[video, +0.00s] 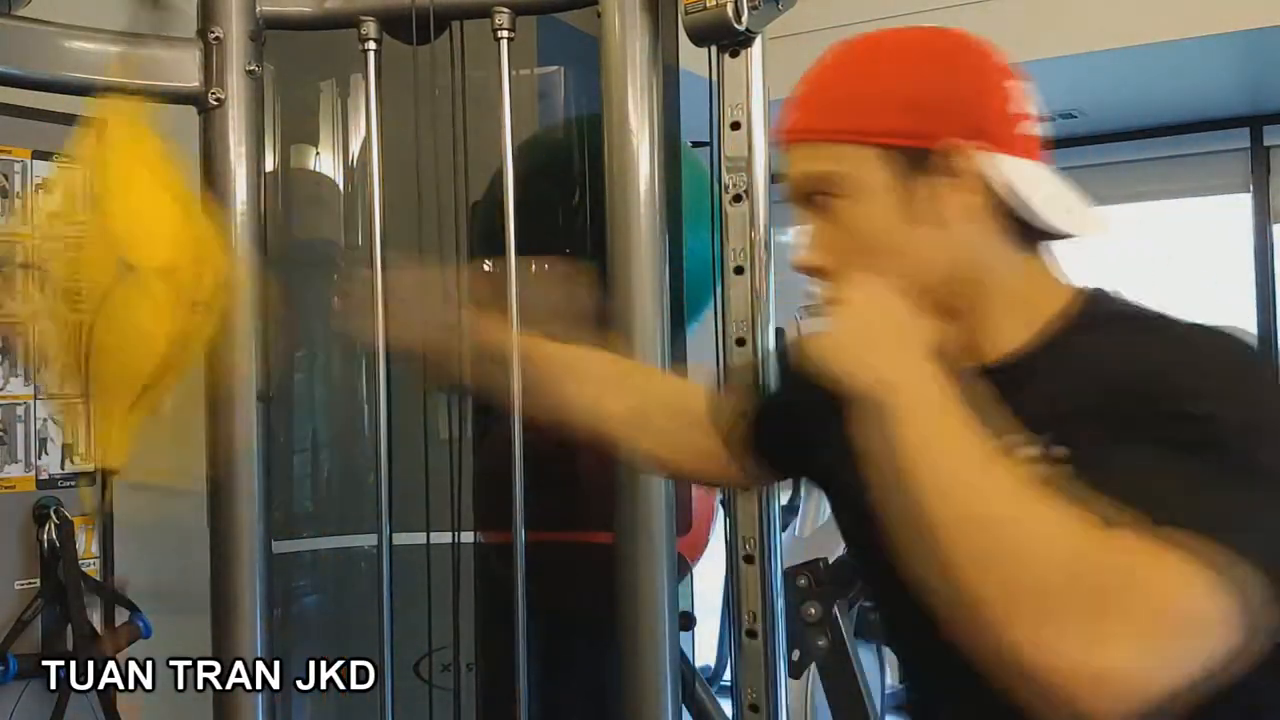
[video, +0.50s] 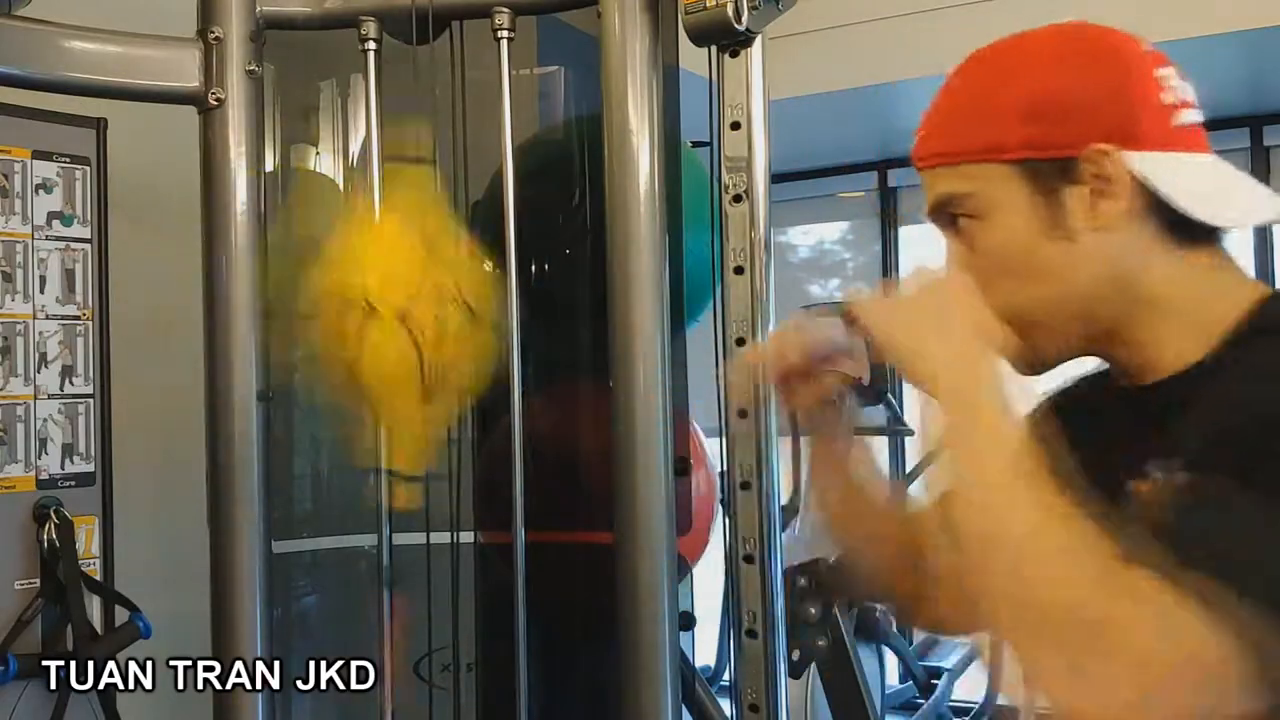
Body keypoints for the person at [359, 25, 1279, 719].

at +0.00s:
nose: (803, 255)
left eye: (821, 206)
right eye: (800, 214)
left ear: (949, 189)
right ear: (941, 193)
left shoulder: (1211, 390)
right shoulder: (876, 383)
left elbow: (1106, 659)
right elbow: (700, 428)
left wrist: (903, 384)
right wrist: (466, 338)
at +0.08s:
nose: (835, 263)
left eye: (863, 213)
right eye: (829, 223)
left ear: (1000, 195)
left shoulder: (1232, 389)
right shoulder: (868, 396)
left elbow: (1212, 666)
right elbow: (621, 438)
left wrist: (984, 385)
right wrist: (383, 293)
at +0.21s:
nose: (891, 271)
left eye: (917, 214)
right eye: (882, 228)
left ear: (1062, 192)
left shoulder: (1253, 379)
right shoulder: (901, 416)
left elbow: (1252, 674)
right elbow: (686, 550)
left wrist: (1061, 397)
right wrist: (642, 406)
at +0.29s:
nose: (932, 283)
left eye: (954, 222)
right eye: (922, 235)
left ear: (1100, 194)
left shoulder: (1262, 384)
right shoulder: (973, 426)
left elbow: (1252, 684)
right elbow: (776, 612)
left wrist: (1072, 405)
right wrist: (708, 510)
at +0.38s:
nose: (951, 283)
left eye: (970, 222)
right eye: (945, 233)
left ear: (1120, 195)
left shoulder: (1266, 388)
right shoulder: (1027, 419)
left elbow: (1236, 687)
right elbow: (858, 618)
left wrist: (1043, 406)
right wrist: (735, 505)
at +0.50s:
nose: (951, 272)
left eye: (961, 221)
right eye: (944, 229)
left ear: (1100, 190)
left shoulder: (1265, 387)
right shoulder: (1085, 418)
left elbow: (1157, 689)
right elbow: (932, 585)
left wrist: (966, 380)